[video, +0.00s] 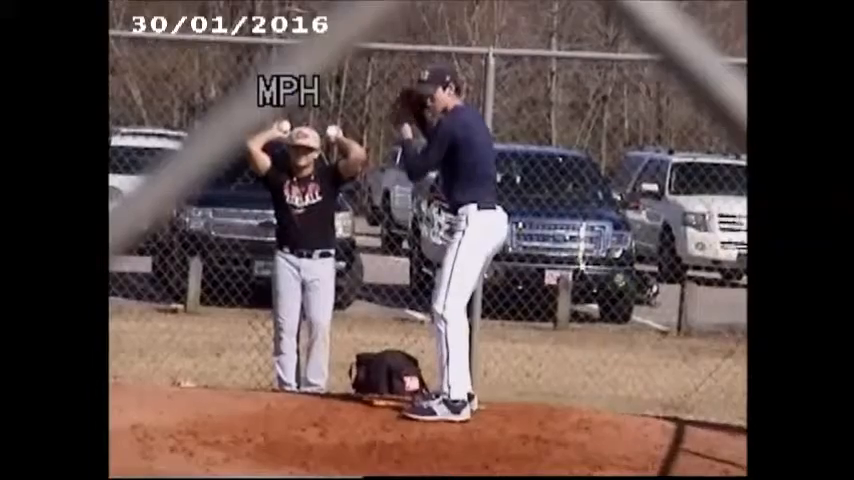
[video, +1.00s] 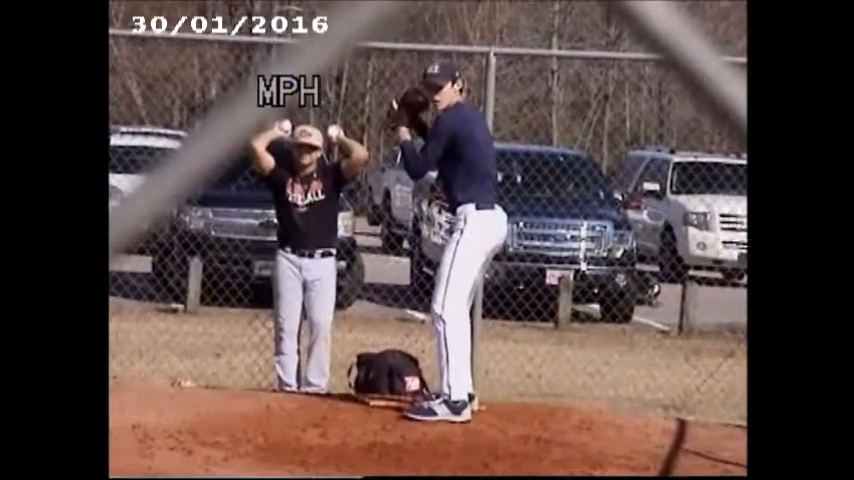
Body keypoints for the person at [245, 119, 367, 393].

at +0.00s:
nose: (303, 157)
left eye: (308, 152)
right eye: (298, 151)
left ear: (318, 153)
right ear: (289, 152)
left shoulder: (330, 175)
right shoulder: (277, 177)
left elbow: (359, 157)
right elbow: (252, 147)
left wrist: (340, 139)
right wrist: (274, 132)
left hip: (321, 260)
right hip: (287, 258)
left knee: (320, 323)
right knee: (285, 325)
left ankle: (315, 384)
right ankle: (285, 384)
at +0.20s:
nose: (302, 157)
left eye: (307, 151)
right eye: (297, 151)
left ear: (317, 153)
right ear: (288, 153)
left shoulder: (330, 176)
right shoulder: (278, 178)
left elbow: (359, 158)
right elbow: (251, 148)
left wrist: (339, 139)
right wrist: (274, 132)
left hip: (322, 260)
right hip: (287, 259)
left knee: (320, 323)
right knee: (285, 325)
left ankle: (315, 384)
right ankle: (286, 384)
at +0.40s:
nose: (302, 154)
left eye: (307, 149)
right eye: (297, 149)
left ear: (317, 152)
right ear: (289, 151)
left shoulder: (331, 176)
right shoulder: (279, 177)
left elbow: (359, 157)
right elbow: (254, 147)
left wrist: (340, 139)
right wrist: (274, 132)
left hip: (322, 260)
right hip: (288, 258)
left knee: (320, 323)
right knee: (286, 324)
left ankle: (316, 384)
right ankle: (286, 383)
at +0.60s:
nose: (303, 152)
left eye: (309, 147)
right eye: (298, 147)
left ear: (318, 150)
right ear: (290, 149)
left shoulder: (332, 174)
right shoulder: (280, 176)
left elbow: (361, 155)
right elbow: (255, 146)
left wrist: (340, 137)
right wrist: (275, 130)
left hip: (322, 259)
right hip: (288, 257)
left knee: (320, 322)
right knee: (286, 323)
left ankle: (316, 383)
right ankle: (286, 383)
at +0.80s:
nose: (304, 152)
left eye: (310, 147)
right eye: (300, 146)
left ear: (319, 148)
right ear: (291, 147)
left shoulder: (332, 172)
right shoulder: (280, 173)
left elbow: (360, 153)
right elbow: (255, 144)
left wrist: (340, 136)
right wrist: (275, 129)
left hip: (322, 257)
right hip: (287, 255)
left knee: (320, 321)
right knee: (285, 321)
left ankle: (315, 382)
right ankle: (285, 382)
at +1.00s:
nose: (305, 155)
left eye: (311, 150)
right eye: (301, 149)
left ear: (320, 152)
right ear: (292, 150)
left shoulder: (332, 175)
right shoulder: (281, 176)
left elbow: (361, 156)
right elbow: (256, 147)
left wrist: (341, 139)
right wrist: (276, 131)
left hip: (323, 260)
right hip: (288, 258)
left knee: (321, 324)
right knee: (286, 324)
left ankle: (317, 385)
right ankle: (286, 384)